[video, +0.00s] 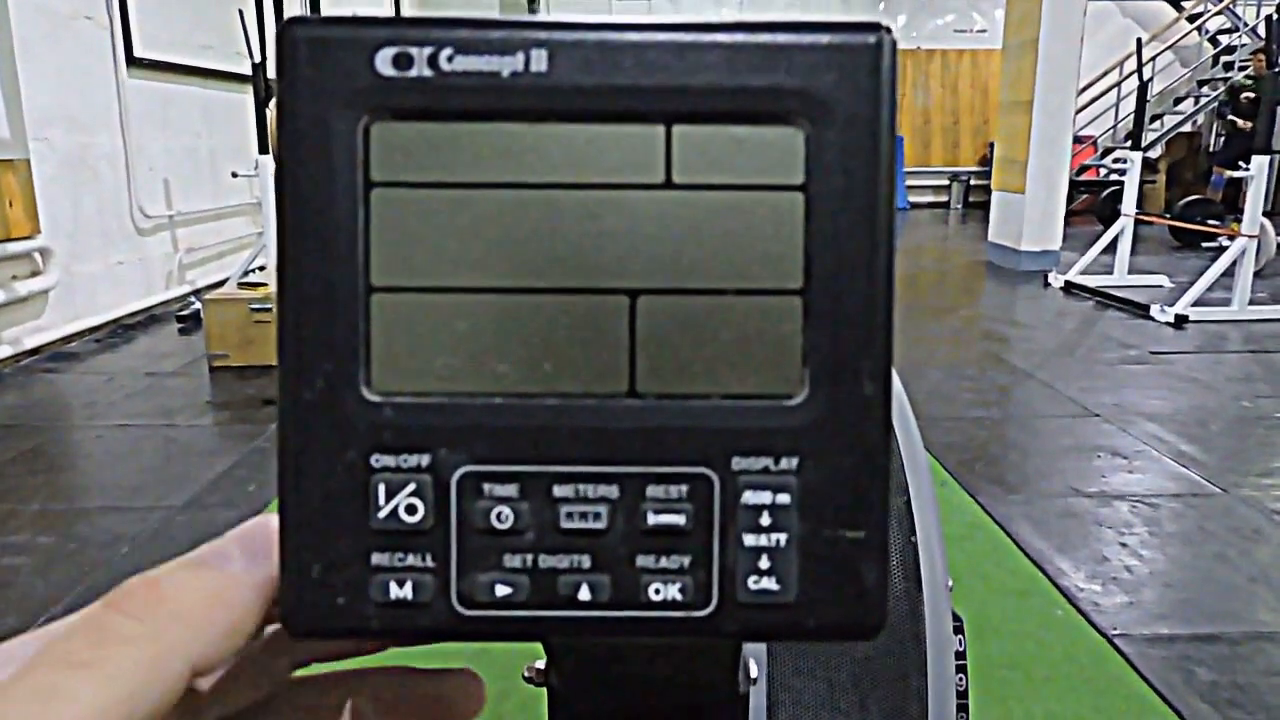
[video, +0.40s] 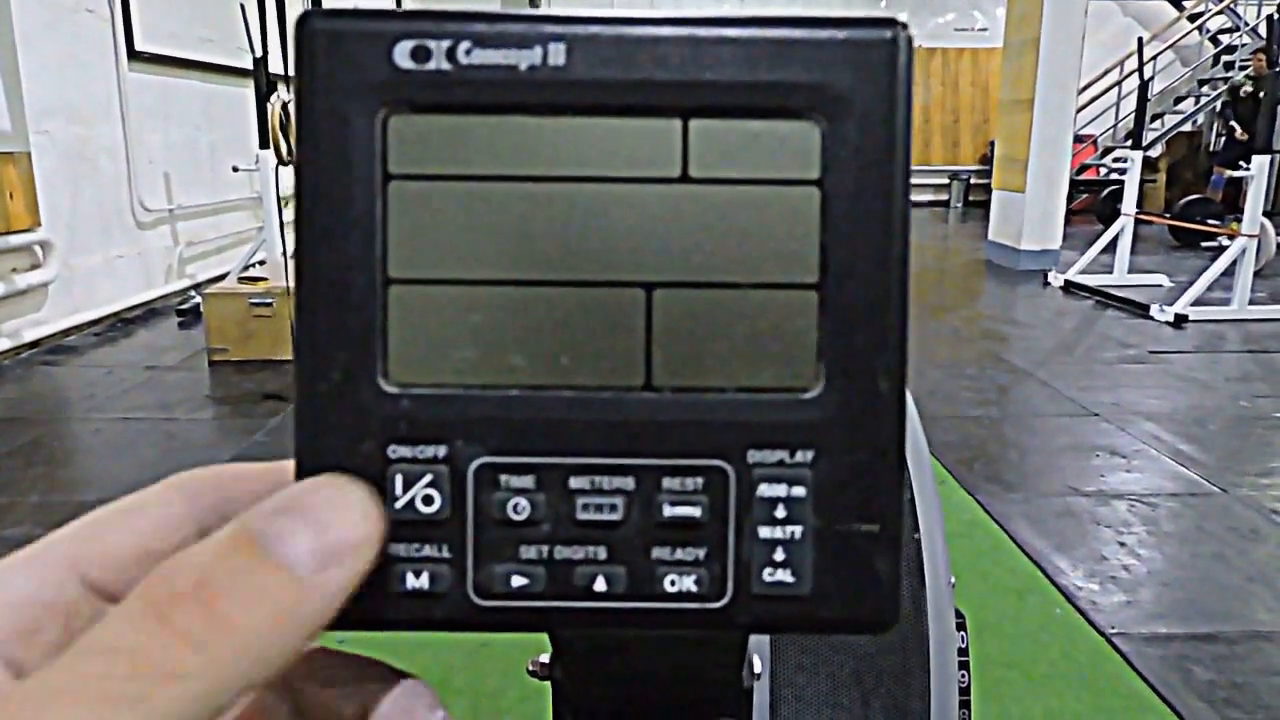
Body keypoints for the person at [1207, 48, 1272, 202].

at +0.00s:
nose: (1257, 64)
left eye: (1261, 61)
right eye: (1255, 61)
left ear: (1268, 63)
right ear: (1251, 63)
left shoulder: (1272, 85)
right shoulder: (1237, 84)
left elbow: (1273, 109)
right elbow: (1221, 108)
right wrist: (1235, 121)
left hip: (1259, 136)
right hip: (1236, 135)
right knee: (1220, 167)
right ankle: (1211, 209)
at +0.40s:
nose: (1257, 64)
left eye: (1261, 60)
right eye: (1255, 60)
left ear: (1268, 63)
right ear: (1251, 62)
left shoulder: (1272, 84)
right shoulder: (1237, 83)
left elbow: (1273, 113)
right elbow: (1226, 108)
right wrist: (1235, 127)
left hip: (1259, 138)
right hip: (1238, 136)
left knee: (1255, 175)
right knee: (1220, 168)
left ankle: (1248, 213)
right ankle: (1210, 210)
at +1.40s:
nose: (1267, 72)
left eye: (1271, 69)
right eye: (1265, 68)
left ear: (1277, 71)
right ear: (1262, 70)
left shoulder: (1275, 88)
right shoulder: (1255, 87)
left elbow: (1275, 114)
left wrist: (1262, 115)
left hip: (1266, 140)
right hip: (1247, 139)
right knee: (1229, 174)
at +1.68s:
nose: (1268, 72)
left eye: (1271, 69)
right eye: (1266, 68)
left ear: (1278, 70)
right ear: (1263, 70)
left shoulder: (1275, 89)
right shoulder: (1254, 88)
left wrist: (1270, 98)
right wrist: (1248, 112)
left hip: (1269, 142)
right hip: (1248, 140)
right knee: (1230, 176)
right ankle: (1218, 220)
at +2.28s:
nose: (1268, 74)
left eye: (1272, 70)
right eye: (1265, 70)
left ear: (1278, 71)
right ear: (1262, 71)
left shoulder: (1277, 92)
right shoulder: (1254, 89)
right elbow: (1224, 107)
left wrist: (1273, 108)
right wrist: (1250, 103)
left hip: (1270, 147)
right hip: (1248, 144)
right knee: (1231, 176)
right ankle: (1221, 220)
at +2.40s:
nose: (1269, 75)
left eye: (1272, 71)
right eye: (1266, 71)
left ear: (1279, 72)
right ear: (1263, 72)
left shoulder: (1276, 93)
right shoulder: (1253, 91)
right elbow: (1226, 108)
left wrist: (1274, 104)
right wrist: (1252, 104)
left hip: (1272, 148)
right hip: (1249, 146)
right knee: (1232, 178)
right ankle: (1222, 221)